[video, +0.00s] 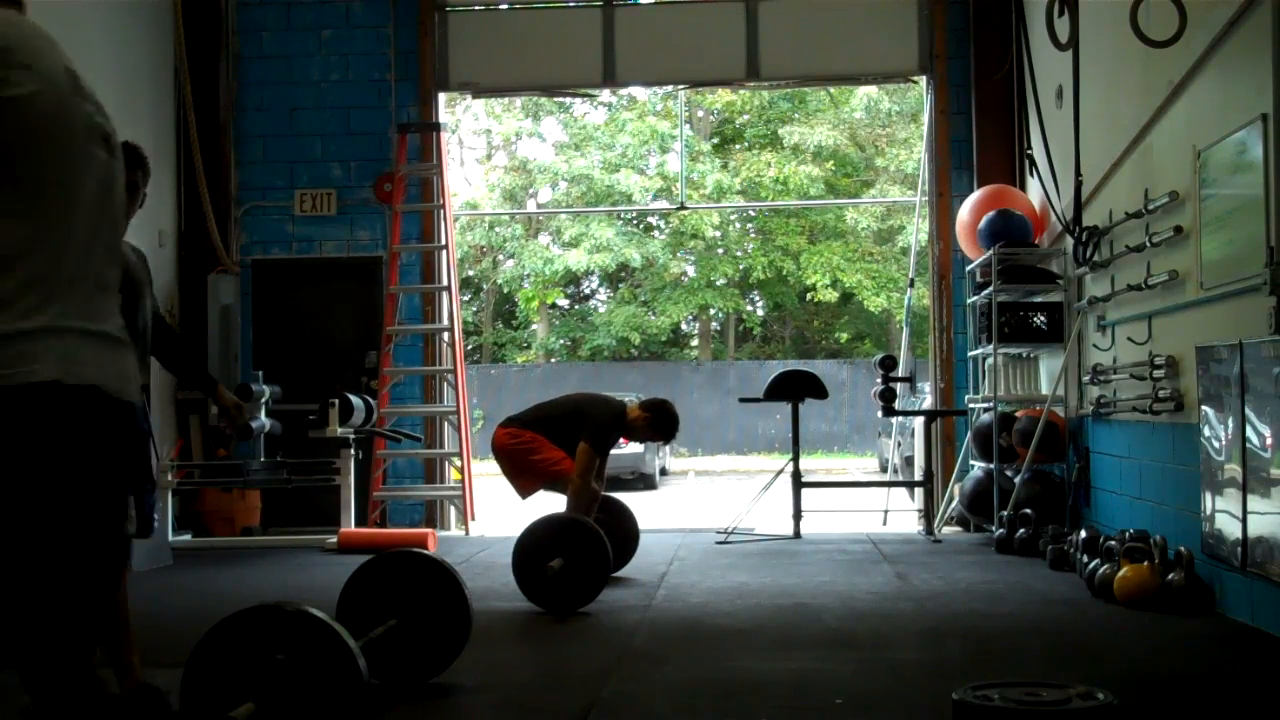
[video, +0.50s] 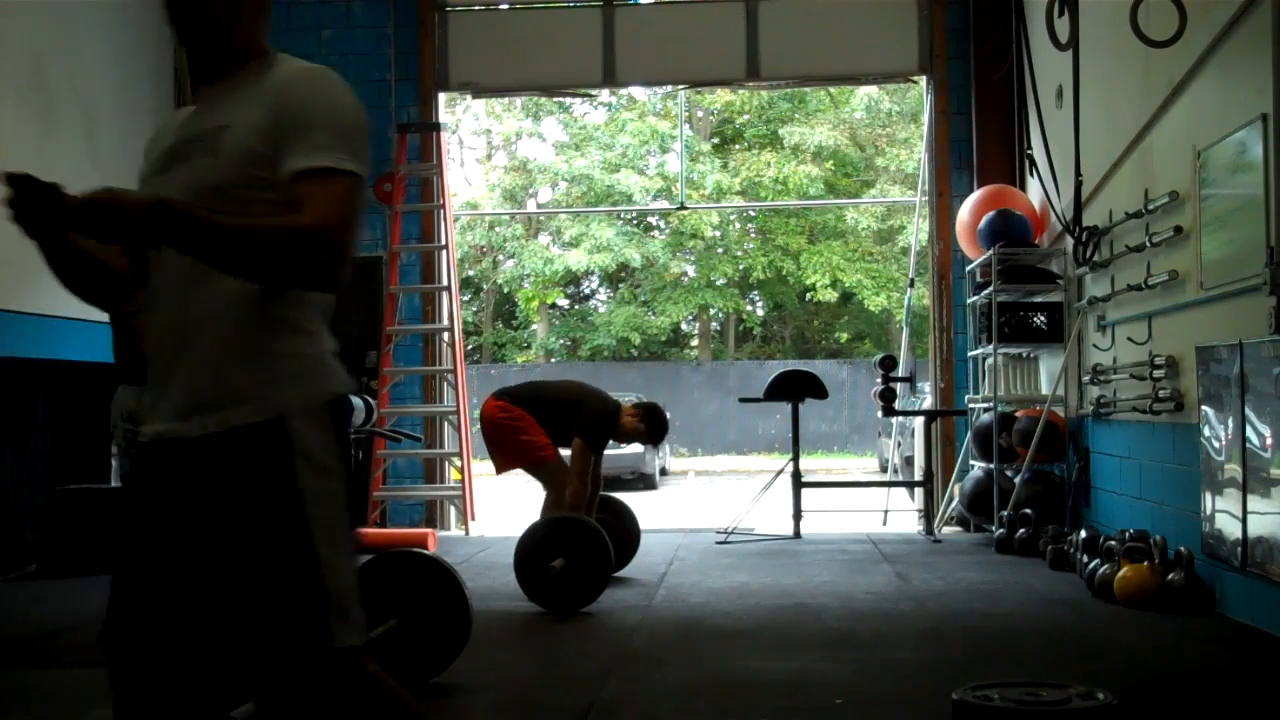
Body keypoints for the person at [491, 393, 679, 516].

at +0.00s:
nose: (642, 441)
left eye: (648, 441)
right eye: (648, 437)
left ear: (643, 414)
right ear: (644, 418)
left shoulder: (614, 421)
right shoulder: (607, 416)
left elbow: (596, 478)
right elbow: (580, 479)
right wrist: (570, 537)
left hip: (525, 437)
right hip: (515, 437)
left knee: (592, 489)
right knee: (583, 488)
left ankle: (580, 552)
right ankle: (569, 552)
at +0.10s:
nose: (640, 441)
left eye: (645, 441)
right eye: (645, 437)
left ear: (641, 414)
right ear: (642, 419)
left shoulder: (612, 420)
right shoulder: (605, 416)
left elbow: (594, 478)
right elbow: (579, 479)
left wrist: (586, 530)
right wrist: (569, 535)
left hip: (523, 436)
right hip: (513, 436)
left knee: (590, 488)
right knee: (581, 487)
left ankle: (579, 552)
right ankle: (566, 552)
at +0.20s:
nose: (637, 441)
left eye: (643, 441)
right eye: (642, 437)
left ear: (639, 414)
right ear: (640, 419)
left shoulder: (609, 420)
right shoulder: (603, 415)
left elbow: (592, 479)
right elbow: (578, 479)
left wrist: (584, 533)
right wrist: (568, 537)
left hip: (519, 435)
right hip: (510, 434)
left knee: (588, 488)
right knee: (580, 488)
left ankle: (579, 553)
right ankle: (565, 553)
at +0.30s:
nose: (632, 442)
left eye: (639, 441)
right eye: (639, 437)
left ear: (637, 414)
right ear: (638, 419)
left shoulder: (607, 420)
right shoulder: (601, 415)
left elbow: (591, 479)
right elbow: (578, 480)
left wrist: (585, 532)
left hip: (517, 430)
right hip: (507, 430)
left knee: (586, 486)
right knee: (576, 486)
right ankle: (559, 551)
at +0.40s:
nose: (629, 444)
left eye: (636, 443)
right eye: (635, 438)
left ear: (634, 415)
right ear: (634, 418)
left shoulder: (605, 419)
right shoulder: (599, 413)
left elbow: (592, 479)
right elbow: (578, 478)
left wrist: (584, 528)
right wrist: (572, 535)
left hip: (513, 423)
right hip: (505, 422)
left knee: (575, 483)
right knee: (569, 482)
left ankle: (555, 547)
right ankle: (557, 548)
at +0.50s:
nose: (628, 442)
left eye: (635, 441)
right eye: (635, 436)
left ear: (633, 413)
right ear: (634, 416)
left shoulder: (605, 418)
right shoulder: (599, 413)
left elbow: (593, 479)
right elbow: (578, 478)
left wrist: (585, 529)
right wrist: (570, 534)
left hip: (512, 412)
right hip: (505, 412)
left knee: (560, 482)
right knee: (561, 481)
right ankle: (552, 551)